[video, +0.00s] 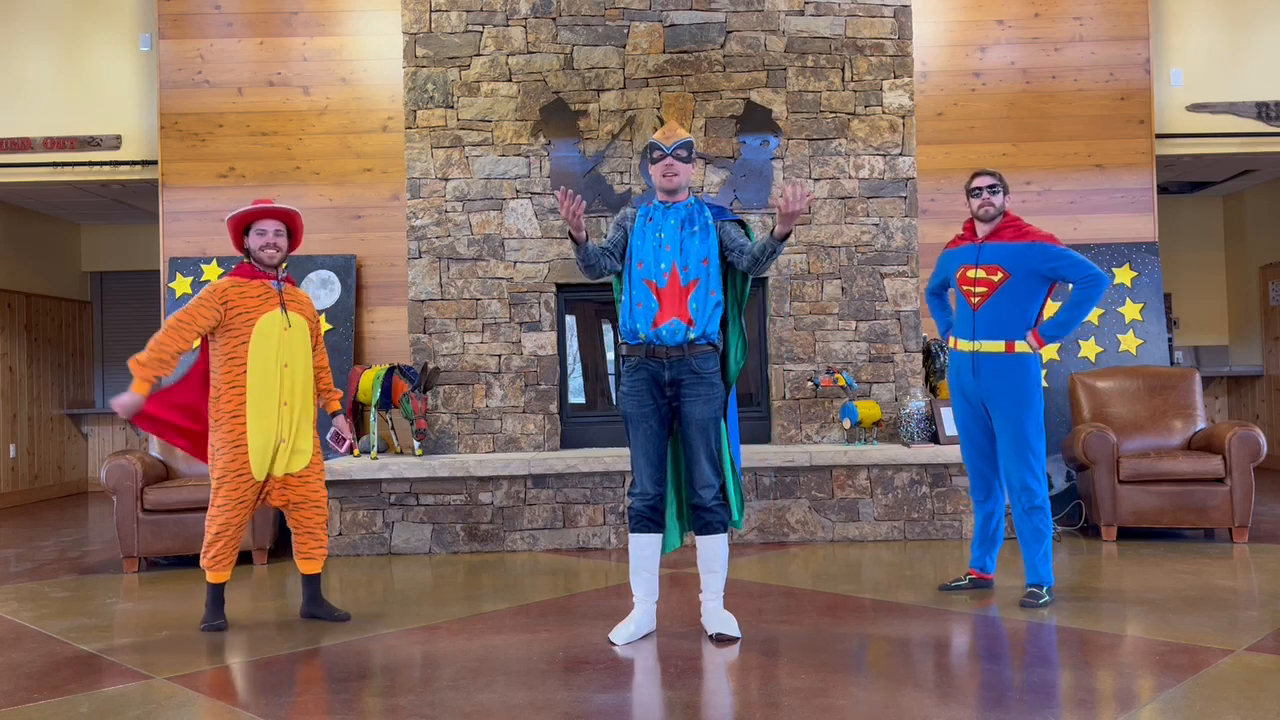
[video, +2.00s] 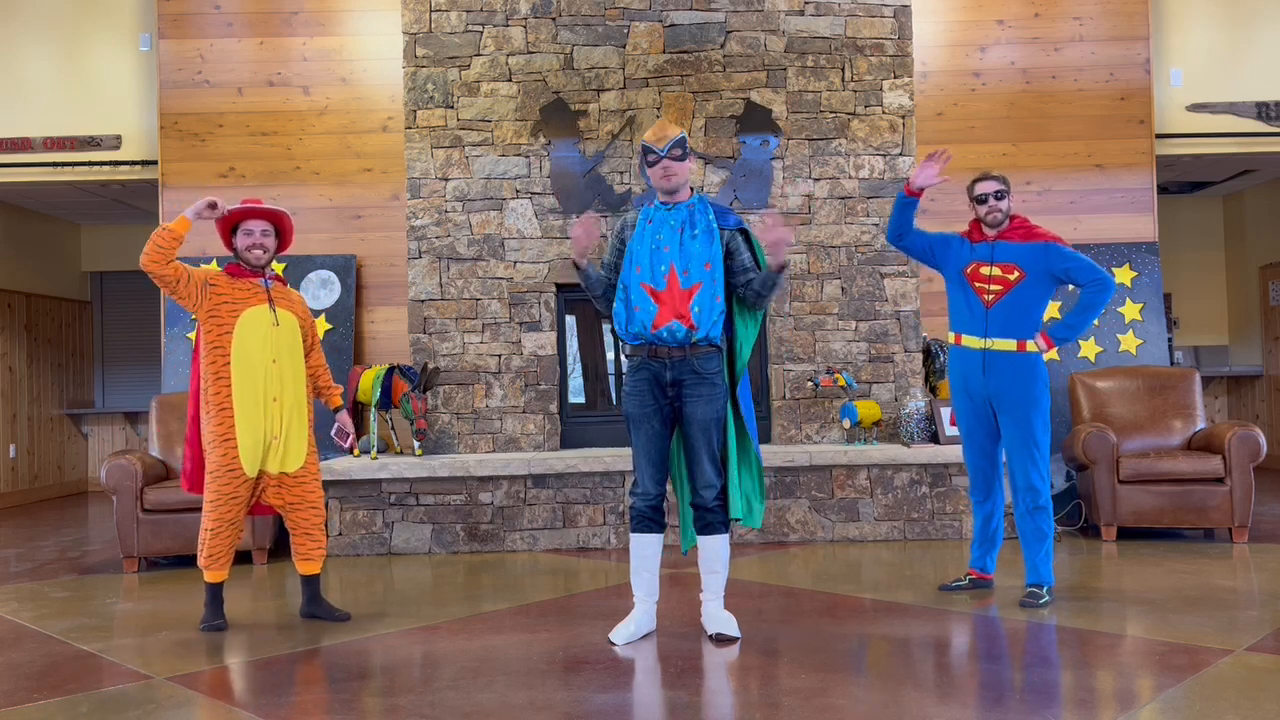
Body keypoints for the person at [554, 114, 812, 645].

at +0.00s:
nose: (669, 164)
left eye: (680, 157)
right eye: (659, 157)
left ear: (695, 167)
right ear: (648, 168)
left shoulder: (715, 218)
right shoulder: (632, 217)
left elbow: (751, 262)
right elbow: (599, 265)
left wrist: (780, 230)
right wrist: (580, 237)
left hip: (699, 364)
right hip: (640, 366)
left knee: (706, 485)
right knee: (646, 487)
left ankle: (714, 608)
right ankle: (643, 609)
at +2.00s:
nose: (668, 166)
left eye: (677, 156)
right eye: (657, 160)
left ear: (693, 164)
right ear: (645, 171)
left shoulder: (722, 221)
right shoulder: (631, 223)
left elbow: (752, 295)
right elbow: (608, 298)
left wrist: (775, 265)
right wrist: (585, 262)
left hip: (702, 365)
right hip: (643, 366)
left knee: (708, 485)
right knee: (647, 488)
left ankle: (714, 607)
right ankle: (644, 609)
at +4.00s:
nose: (685, 162)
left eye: (695, 156)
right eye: (675, 154)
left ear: (706, 169)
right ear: (659, 165)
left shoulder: (722, 221)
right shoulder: (639, 217)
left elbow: (743, 266)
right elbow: (620, 262)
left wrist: (760, 252)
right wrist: (616, 247)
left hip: (703, 363)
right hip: (644, 364)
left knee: (707, 484)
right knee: (648, 485)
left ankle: (713, 607)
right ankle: (644, 609)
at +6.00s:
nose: (656, 167)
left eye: (668, 156)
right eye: (649, 161)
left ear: (692, 164)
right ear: (644, 172)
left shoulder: (724, 222)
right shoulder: (631, 224)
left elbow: (747, 294)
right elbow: (608, 304)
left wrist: (775, 283)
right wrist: (595, 280)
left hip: (703, 365)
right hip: (643, 366)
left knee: (709, 485)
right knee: (648, 487)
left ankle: (713, 608)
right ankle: (644, 609)